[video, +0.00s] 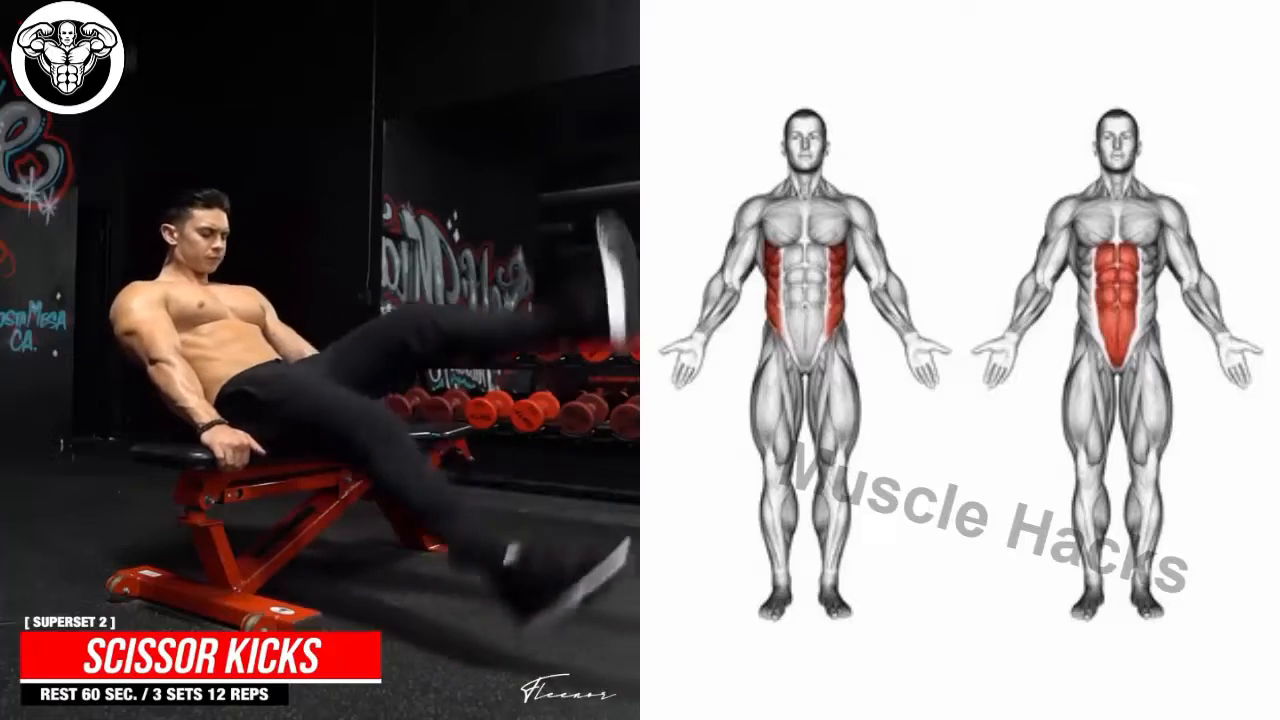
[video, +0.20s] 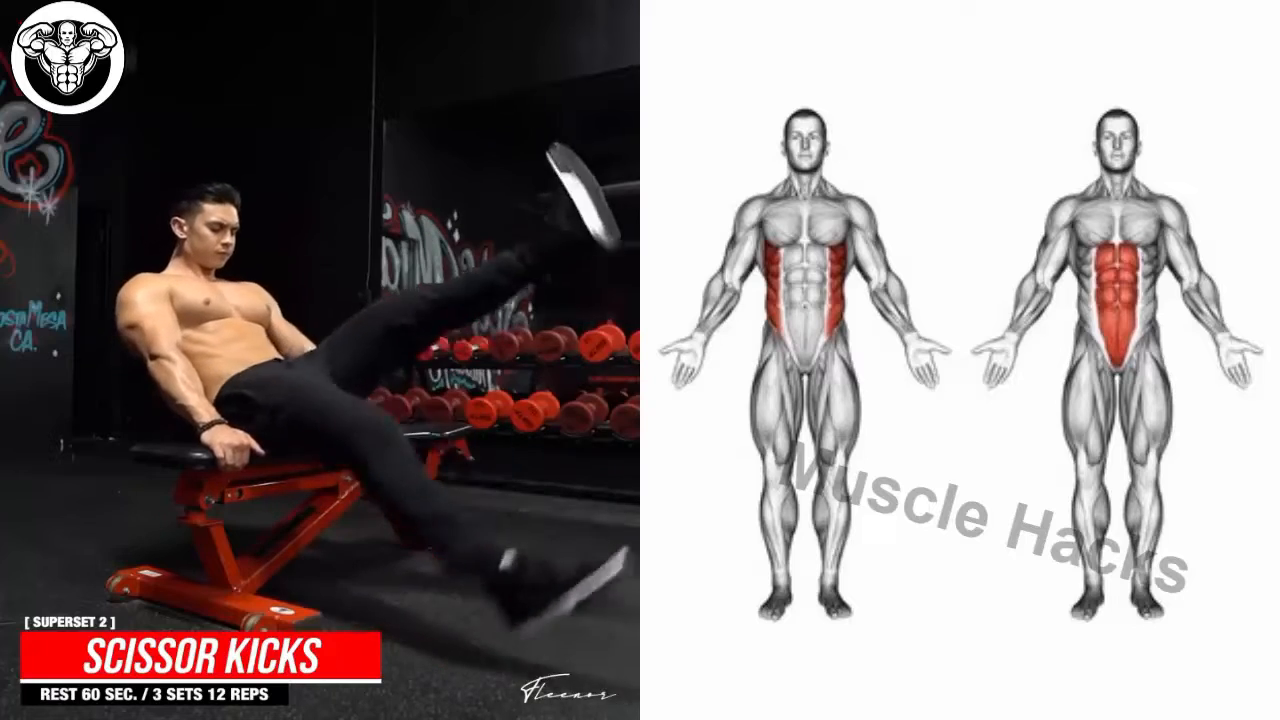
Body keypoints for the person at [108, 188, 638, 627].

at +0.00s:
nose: (217, 244)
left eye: (222, 235)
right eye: (206, 233)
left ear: (222, 240)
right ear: (170, 234)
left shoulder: (246, 296)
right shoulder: (140, 297)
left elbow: (309, 355)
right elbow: (163, 364)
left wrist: (371, 388)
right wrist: (208, 424)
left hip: (305, 380)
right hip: (249, 393)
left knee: (409, 324)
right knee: (373, 426)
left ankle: (567, 317)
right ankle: (507, 567)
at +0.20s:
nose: (227, 240)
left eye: (232, 231)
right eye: (216, 229)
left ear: (231, 234)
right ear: (179, 229)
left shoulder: (251, 293)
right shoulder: (145, 291)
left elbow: (311, 356)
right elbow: (166, 361)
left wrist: (366, 387)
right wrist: (210, 422)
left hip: (303, 376)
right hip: (251, 392)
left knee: (399, 310)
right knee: (374, 434)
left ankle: (562, 244)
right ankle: (507, 577)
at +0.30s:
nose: (222, 241)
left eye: (228, 234)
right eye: (211, 231)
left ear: (228, 237)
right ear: (175, 229)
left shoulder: (251, 294)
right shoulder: (144, 293)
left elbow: (313, 354)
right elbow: (163, 360)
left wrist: (375, 390)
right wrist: (210, 426)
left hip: (298, 376)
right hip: (239, 392)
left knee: (408, 325)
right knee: (370, 384)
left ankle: (559, 316)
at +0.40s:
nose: (217, 242)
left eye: (222, 233)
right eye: (205, 231)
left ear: (225, 240)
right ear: (170, 235)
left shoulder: (250, 293)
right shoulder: (140, 296)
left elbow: (300, 359)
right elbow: (162, 361)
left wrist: (361, 416)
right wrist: (210, 424)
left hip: (306, 399)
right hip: (247, 402)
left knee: (423, 358)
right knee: (365, 340)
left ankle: (562, 425)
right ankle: (531, 344)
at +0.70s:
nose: (213, 238)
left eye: (218, 230)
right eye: (200, 229)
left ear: (220, 236)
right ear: (165, 233)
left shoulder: (247, 293)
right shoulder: (140, 295)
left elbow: (312, 320)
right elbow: (161, 362)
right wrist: (207, 423)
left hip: (305, 396)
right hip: (244, 387)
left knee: (433, 423)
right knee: (325, 277)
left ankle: (509, 578)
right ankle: (447, 205)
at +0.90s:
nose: (210, 238)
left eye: (215, 229)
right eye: (197, 228)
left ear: (219, 239)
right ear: (164, 236)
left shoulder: (250, 295)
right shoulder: (142, 292)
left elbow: (297, 364)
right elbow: (167, 357)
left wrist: (354, 416)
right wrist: (211, 421)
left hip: (302, 406)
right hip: (243, 406)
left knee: (391, 346)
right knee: (345, 322)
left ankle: (561, 367)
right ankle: (523, 358)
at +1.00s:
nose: (212, 236)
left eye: (216, 227)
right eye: (199, 227)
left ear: (219, 237)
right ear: (166, 236)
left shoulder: (249, 295)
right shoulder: (143, 293)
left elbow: (310, 354)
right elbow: (168, 359)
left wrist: (364, 416)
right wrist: (210, 424)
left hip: (298, 378)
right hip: (241, 394)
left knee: (389, 312)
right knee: (372, 369)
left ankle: (540, 263)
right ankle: (547, 464)